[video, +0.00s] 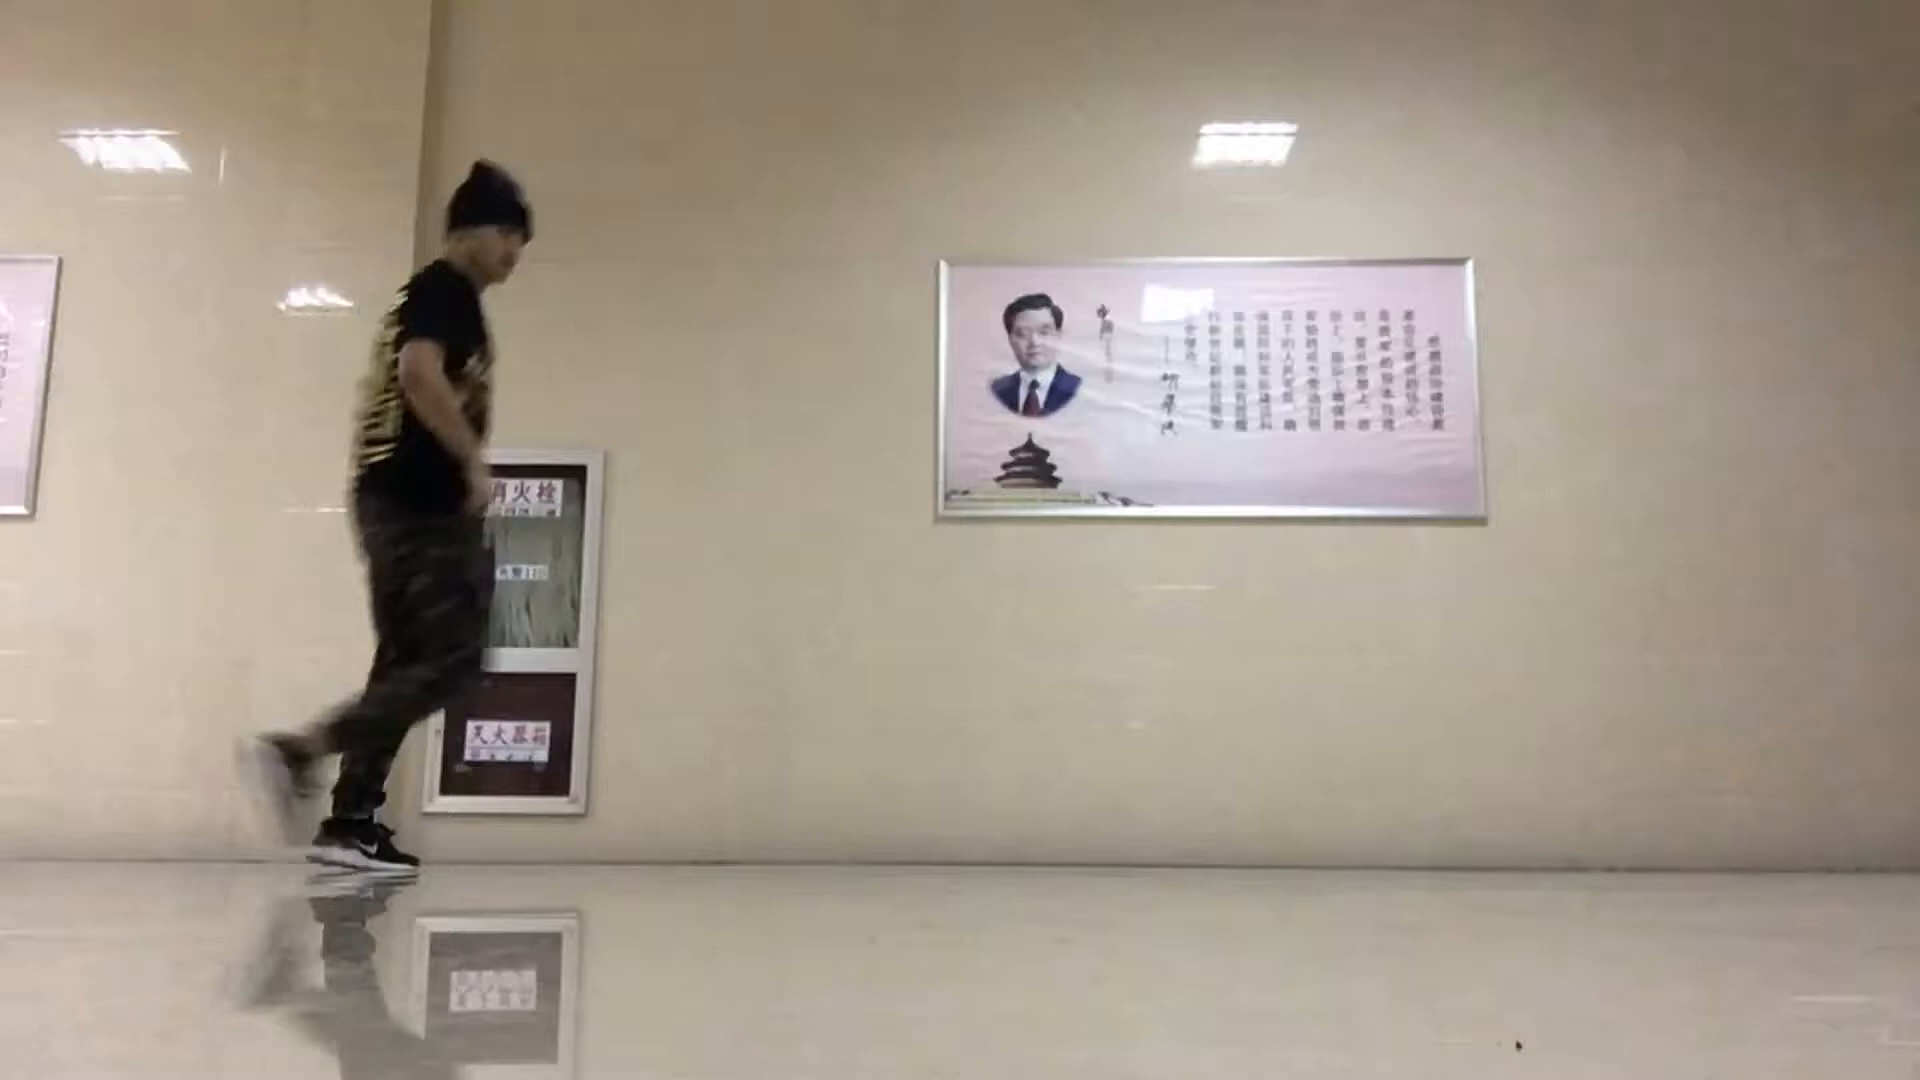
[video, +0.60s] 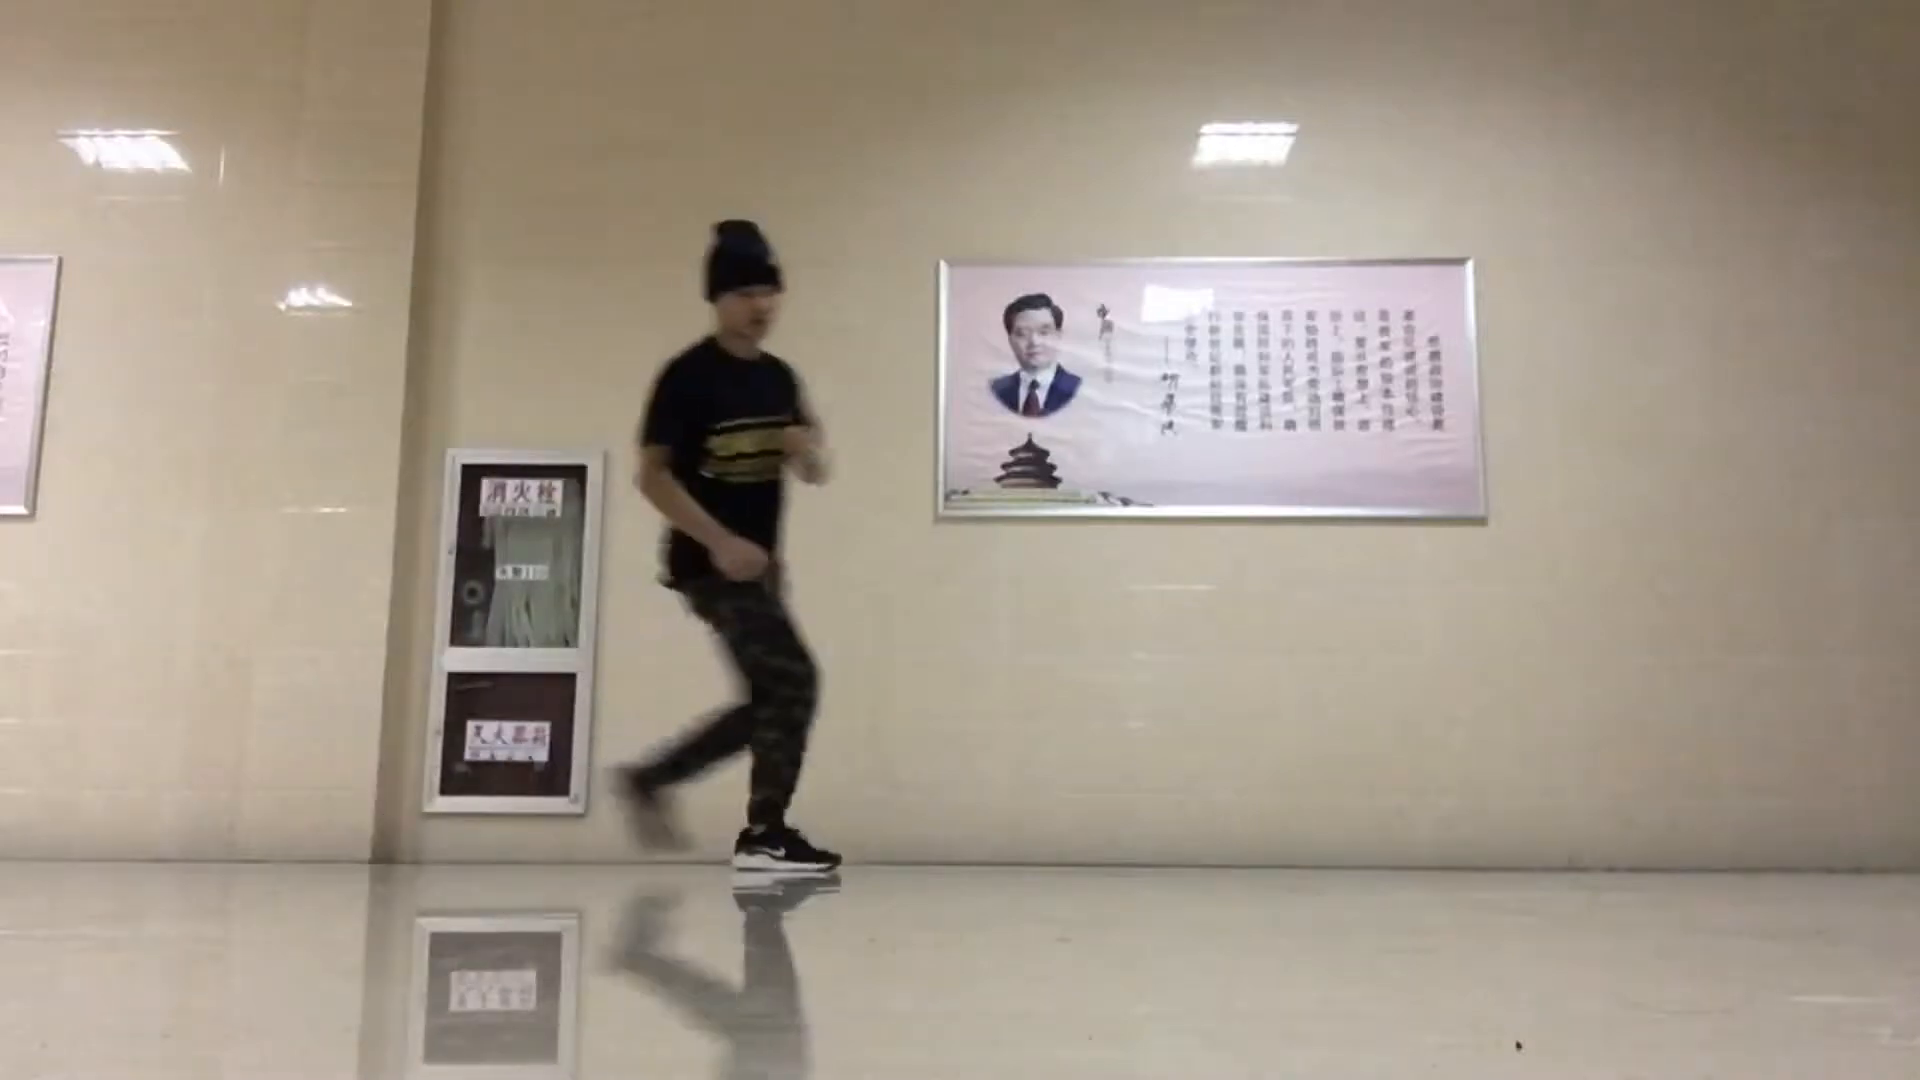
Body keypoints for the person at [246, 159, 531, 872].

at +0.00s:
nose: (517, 255)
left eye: (521, 242)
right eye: (513, 238)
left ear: (468, 231)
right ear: (478, 230)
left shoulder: (435, 292)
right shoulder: (446, 287)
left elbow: (410, 390)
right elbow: (418, 373)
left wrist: (457, 467)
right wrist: (473, 460)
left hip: (396, 495)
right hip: (419, 499)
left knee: (406, 656)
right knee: (452, 659)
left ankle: (353, 821)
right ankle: (301, 750)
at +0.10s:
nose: (540, 239)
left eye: (545, 227)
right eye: (533, 222)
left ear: (512, 224)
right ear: (496, 215)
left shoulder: (484, 287)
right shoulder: (465, 278)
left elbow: (455, 375)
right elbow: (431, 354)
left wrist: (491, 448)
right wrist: (492, 433)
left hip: (436, 485)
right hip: (450, 486)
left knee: (426, 640)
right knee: (513, 636)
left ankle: (372, 797)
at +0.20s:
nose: (581, 240)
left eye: (586, 228)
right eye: (573, 225)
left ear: (566, 231)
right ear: (537, 222)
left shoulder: (538, 295)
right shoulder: (508, 284)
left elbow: (516, 386)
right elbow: (462, 364)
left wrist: (539, 457)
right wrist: (521, 448)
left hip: (490, 487)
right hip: (494, 487)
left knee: (474, 644)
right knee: (572, 631)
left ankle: (392, 797)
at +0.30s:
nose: (623, 280)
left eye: (628, 268)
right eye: (616, 265)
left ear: (607, 266)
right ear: (582, 261)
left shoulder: (579, 339)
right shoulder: (548, 331)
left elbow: (565, 429)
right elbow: (501, 419)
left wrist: (603, 479)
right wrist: (556, 506)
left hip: (524, 525)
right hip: (536, 524)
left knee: (489, 675)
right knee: (621, 656)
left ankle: (406, 819)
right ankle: (687, 801)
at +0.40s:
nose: (669, 299)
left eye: (676, 285)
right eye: (657, 284)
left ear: (680, 293)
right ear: (623, 287)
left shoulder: (639, 369)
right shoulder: (601, 362)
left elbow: (624, 470)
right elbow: (557, 468)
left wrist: (680, 497)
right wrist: (605, 547)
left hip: (597, 562)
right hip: (596, 562)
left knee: (532, 694)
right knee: (676, 691)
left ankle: (417, 813)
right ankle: (741, 825)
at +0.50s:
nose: (717, 296)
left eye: (725, 282)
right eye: (702, 283)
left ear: (735, 288)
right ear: (672, 287)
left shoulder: (718, 368)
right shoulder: (646, 361)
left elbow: (706, 446)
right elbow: (606, 460)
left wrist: (745, 473)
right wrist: (664, 532)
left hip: (682, 553)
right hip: (651, 554)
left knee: (653, 707)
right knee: (735, 668)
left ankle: (521, 778)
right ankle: (752, 826)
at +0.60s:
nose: (762, 305)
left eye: (770, 291)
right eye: (747, 291)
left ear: (779, 298)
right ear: (716, 298)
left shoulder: (778, 379)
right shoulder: (685, 377)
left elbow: (813, 472)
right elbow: (651, 475)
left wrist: (806, 454)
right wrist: (721, 541)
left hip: (758, 560)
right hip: (707, 564)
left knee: (776, 701)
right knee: (789, 680)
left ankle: (648, 779)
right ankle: (764, 830)